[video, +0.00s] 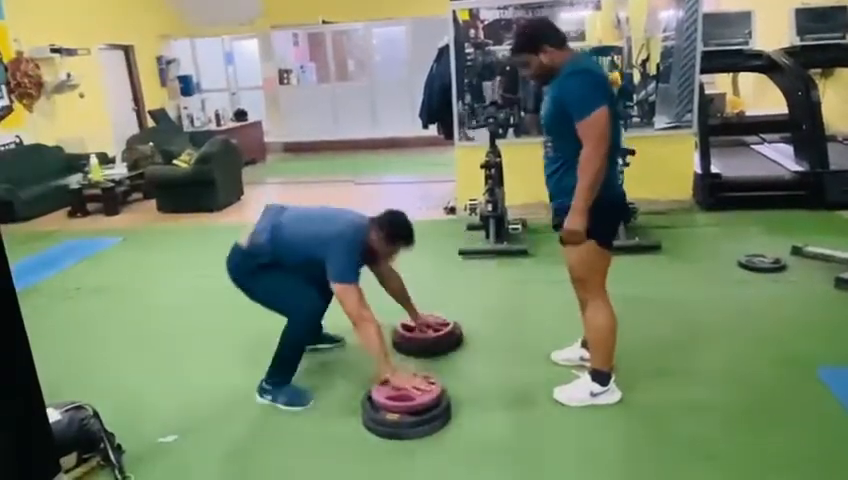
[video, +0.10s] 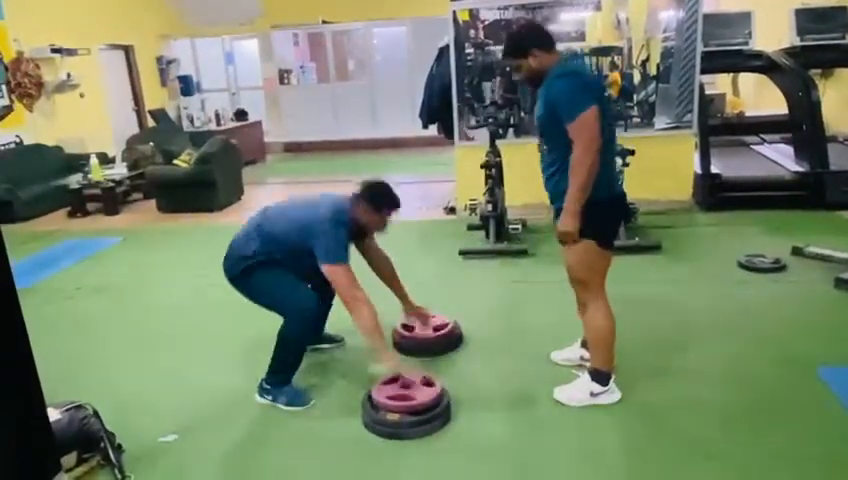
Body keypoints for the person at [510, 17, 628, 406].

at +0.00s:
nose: (527, 74)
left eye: (527, 64)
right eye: (523, 66)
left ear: (546, 51)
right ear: (546, 52)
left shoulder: (579, 79)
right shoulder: (567, 77)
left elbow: (596, 146)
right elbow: (585, 145)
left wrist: (579, 210)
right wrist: (566, 201)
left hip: (592, 202)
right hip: (577, 199)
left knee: (592, 291)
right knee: (584, 283)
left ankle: (601, 382)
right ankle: (591, 347)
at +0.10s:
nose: (521, 75)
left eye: (520, 67)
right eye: (517, 68)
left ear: (535, 54)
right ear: (539, 53)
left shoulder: (566, 81)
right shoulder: (568, 75)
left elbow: (587, 144)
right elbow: (586, 143)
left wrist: (571, 209)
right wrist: (570, 202)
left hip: (591, 203)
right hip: (585, 200)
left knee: (591, 291)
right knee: (584, 282)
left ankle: (601, 381)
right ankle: (591, 347)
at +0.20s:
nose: (506, 91)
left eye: (506, 82)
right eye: (503, 84)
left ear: (523, 71)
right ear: (527, 69)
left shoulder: (552, 94)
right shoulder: (559, 84)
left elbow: (572, 156)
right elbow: (566, 152)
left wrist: (552, 216)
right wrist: (546, 197)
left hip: (594, 205)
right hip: (592, 200)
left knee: (577, 292)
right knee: (570, 279)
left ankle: (600, 382)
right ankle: (589, 347)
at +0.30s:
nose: (495, 118)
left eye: (495, 110)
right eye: (491, 111)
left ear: (512, 100)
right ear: (517, 95)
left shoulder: (542, 125)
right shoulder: (534, 120)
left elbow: (551, 191)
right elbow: (534, 182)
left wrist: (526, 244)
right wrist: (511, 216)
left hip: (599, 221)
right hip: (583, 216)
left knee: (556, 302)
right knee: (552, 283)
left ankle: (597, 380)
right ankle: (587, 348)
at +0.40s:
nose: (493, 162)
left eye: (493, 153)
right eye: (490, 155)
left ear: (508, 143)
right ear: (514, 138)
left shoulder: (535, 163)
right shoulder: (529, 160)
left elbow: (535, 231)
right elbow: (518, 214)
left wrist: (496, 280)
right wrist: (487, 240)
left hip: (597, 258)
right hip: (574, 246)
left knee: (532, 318)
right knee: (528, 284)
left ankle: (592, 378)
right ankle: (581, 343)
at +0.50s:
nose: (489, 205)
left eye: (489, 197)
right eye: (486, 198)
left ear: (502, 190)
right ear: (511, 183)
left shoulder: (533, 211)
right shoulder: (531, 197)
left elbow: (512, 281)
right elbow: (509, 248)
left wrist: (468, 323)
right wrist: (472, 271)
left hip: (590, 297)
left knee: (516, 332)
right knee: (515, 301)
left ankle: (586, 375)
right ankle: (577, 338)